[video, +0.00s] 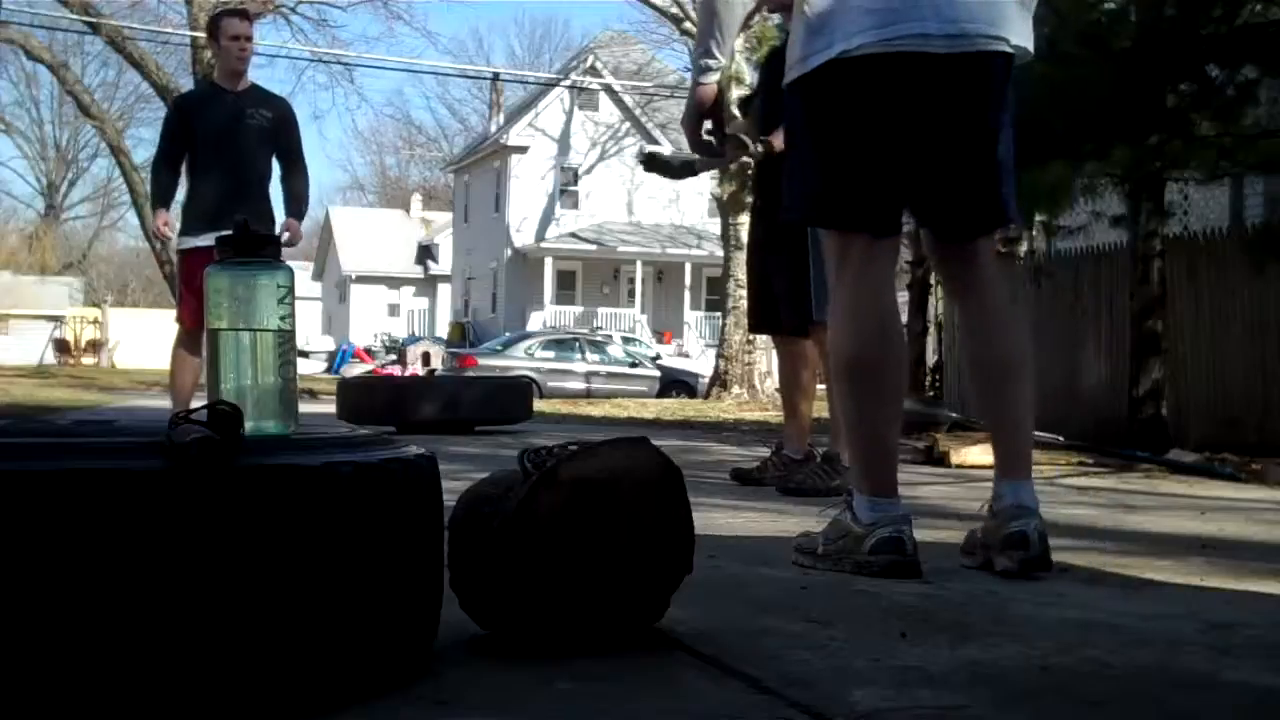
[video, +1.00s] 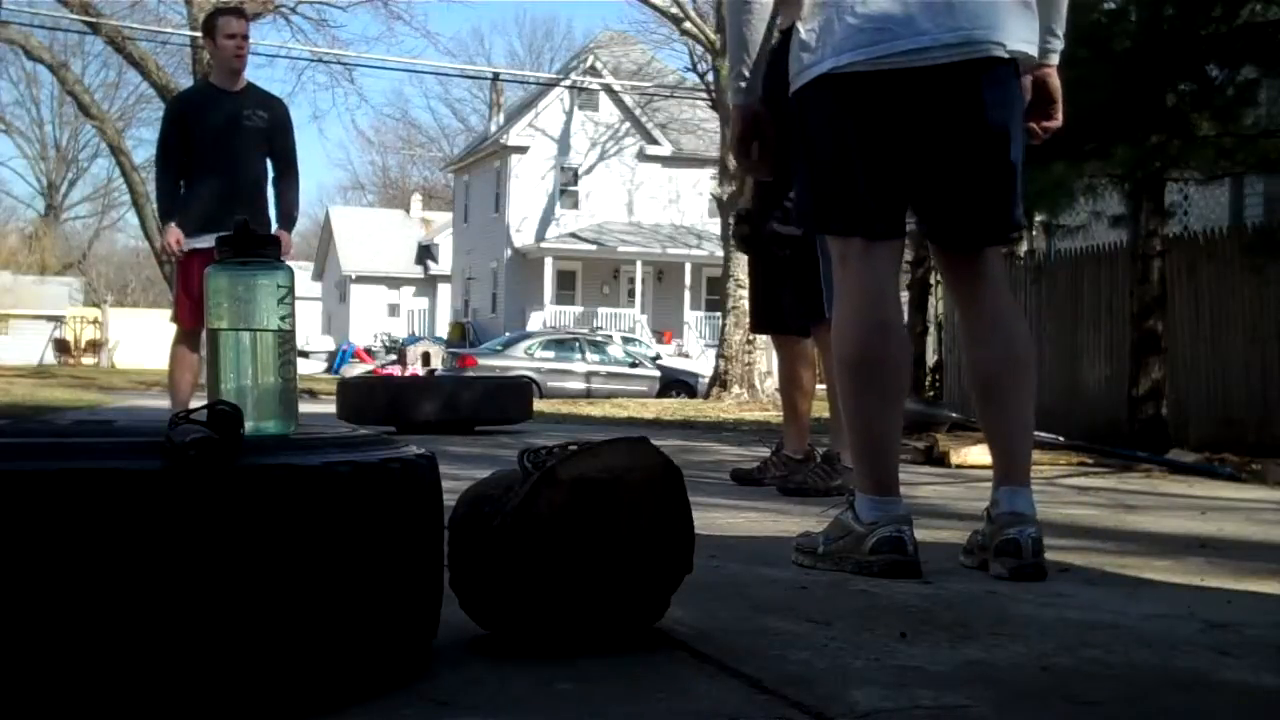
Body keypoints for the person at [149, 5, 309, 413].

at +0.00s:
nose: (244, 46)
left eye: (248, 39)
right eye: (235, 39)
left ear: (254, 44)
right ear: (214, 44)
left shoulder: (276, 108)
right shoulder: (187, 106)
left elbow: (294, 166)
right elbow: (167, 161)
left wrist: (295, 215)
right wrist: (161, 206)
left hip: (256, 236)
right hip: (200, 235)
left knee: (255, 335)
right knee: (192, 331)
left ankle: (251, 423)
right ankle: (181, 420)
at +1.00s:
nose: (241, 45)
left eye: (245, 38)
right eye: (231, 38)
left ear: (250, 44)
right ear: (209, 45)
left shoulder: (271, 107)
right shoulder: (182, 107)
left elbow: (286, 172)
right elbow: (166, 169)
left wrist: (285, 227)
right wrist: (169, 221)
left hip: (253, 240)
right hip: (196, 239)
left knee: (251, 336)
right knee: (190, 332)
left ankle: (248, 423)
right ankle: (180, 420)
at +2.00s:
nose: (225, 46)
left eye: (230, 39)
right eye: (215, 39)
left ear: (237, 45)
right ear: (196, 45)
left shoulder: (259, 106)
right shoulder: (170, 105)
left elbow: (273, 174)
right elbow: (152, 169)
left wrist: (269, 229)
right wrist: (148, 224)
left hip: (243, 237)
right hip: (186, 237)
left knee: (242, 333)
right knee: (185, 330)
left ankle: (238, 423)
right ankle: (178, 421)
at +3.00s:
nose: (235, 49)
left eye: (238, 42)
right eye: (225, 41)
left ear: (243, 46)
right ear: (201, 45)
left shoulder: (263, 106)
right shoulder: (176, 104)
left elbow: (285, 167)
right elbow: (152, 163)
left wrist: (268, 206)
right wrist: (164, 203)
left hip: (246, 239)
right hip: (193, 239)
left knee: (245, 335)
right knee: (187, 331)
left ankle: (242, 425)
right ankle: (178, 421)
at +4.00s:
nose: (239, 50)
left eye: (241, 43)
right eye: (229, 43)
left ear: (245, 47)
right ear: (203, 48)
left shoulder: (263, 109)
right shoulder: (177, 108)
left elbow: (284, 166)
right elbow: (162, 168)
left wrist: (273, 211)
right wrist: (176, 217)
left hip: (250, 238)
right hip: (195, 238)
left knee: (250, 334)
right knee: (188, 331)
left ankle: (248, 424)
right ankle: (178, 421)